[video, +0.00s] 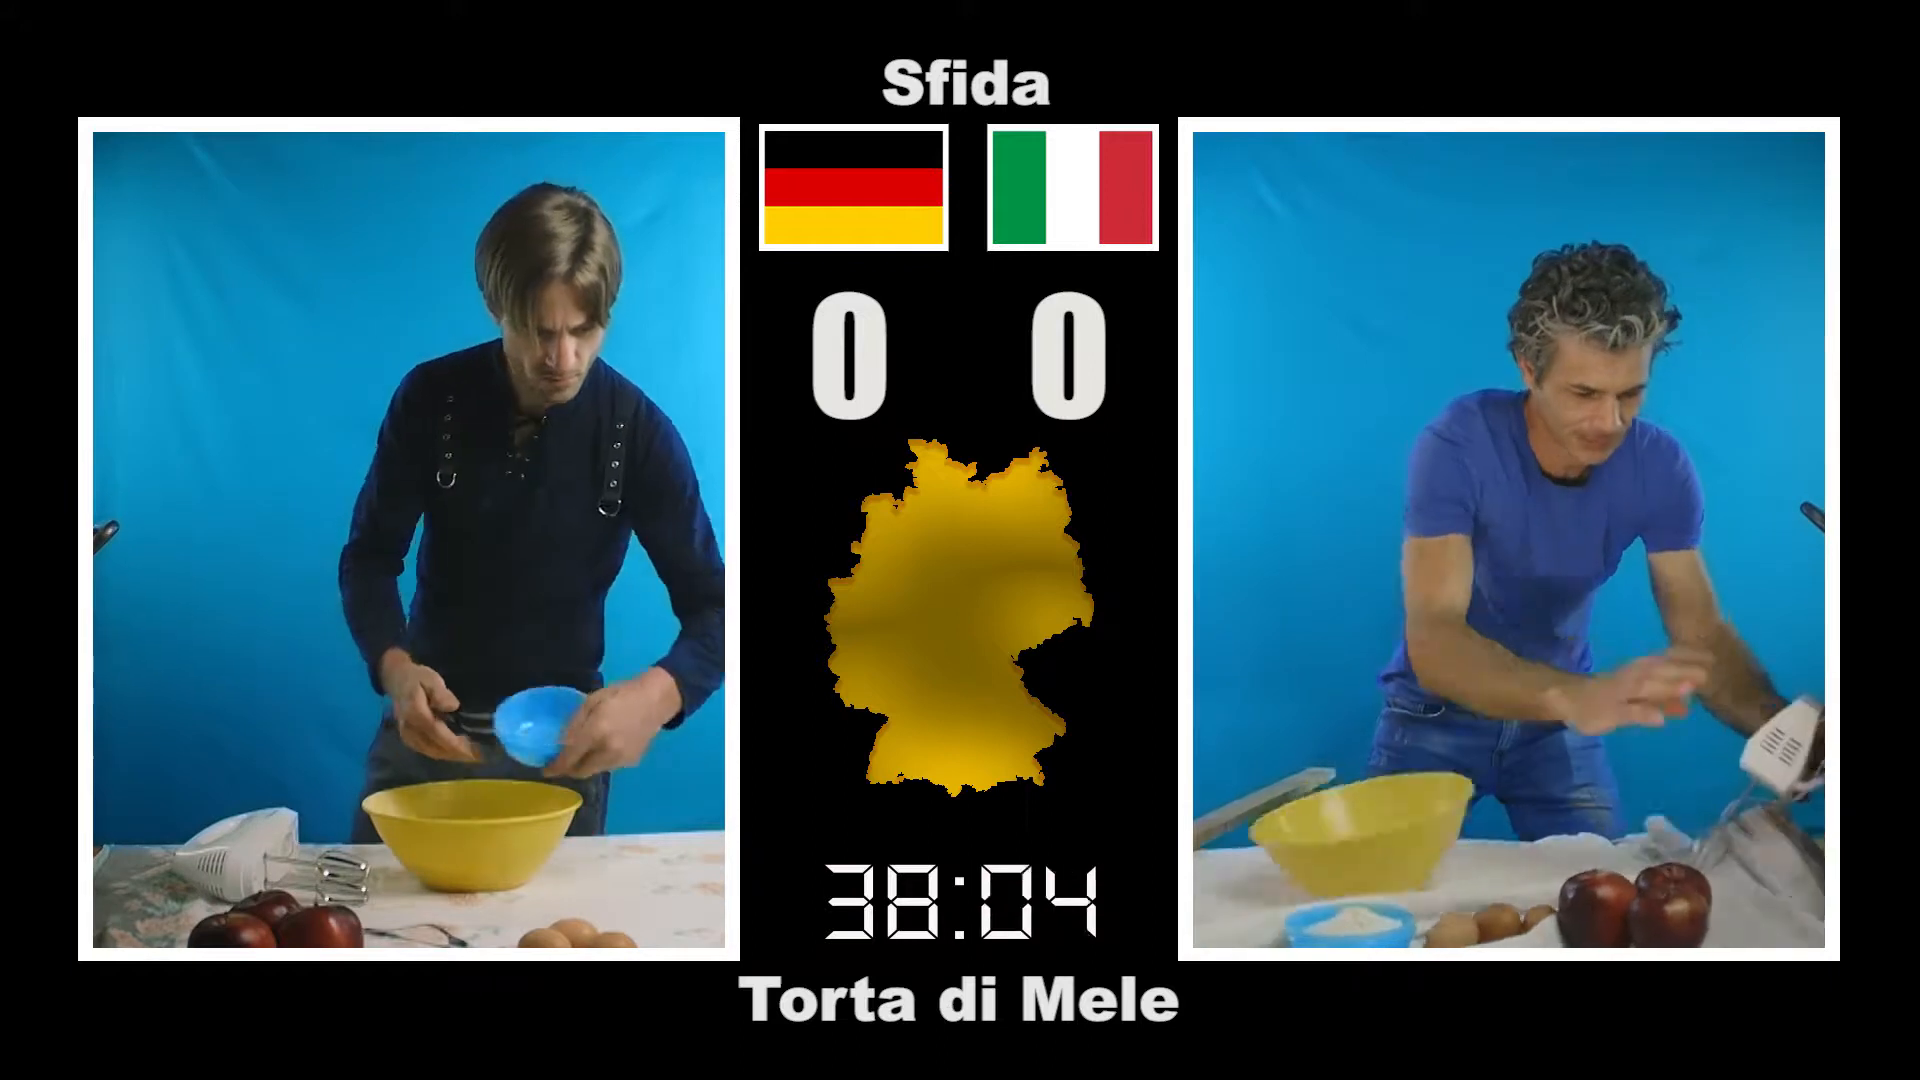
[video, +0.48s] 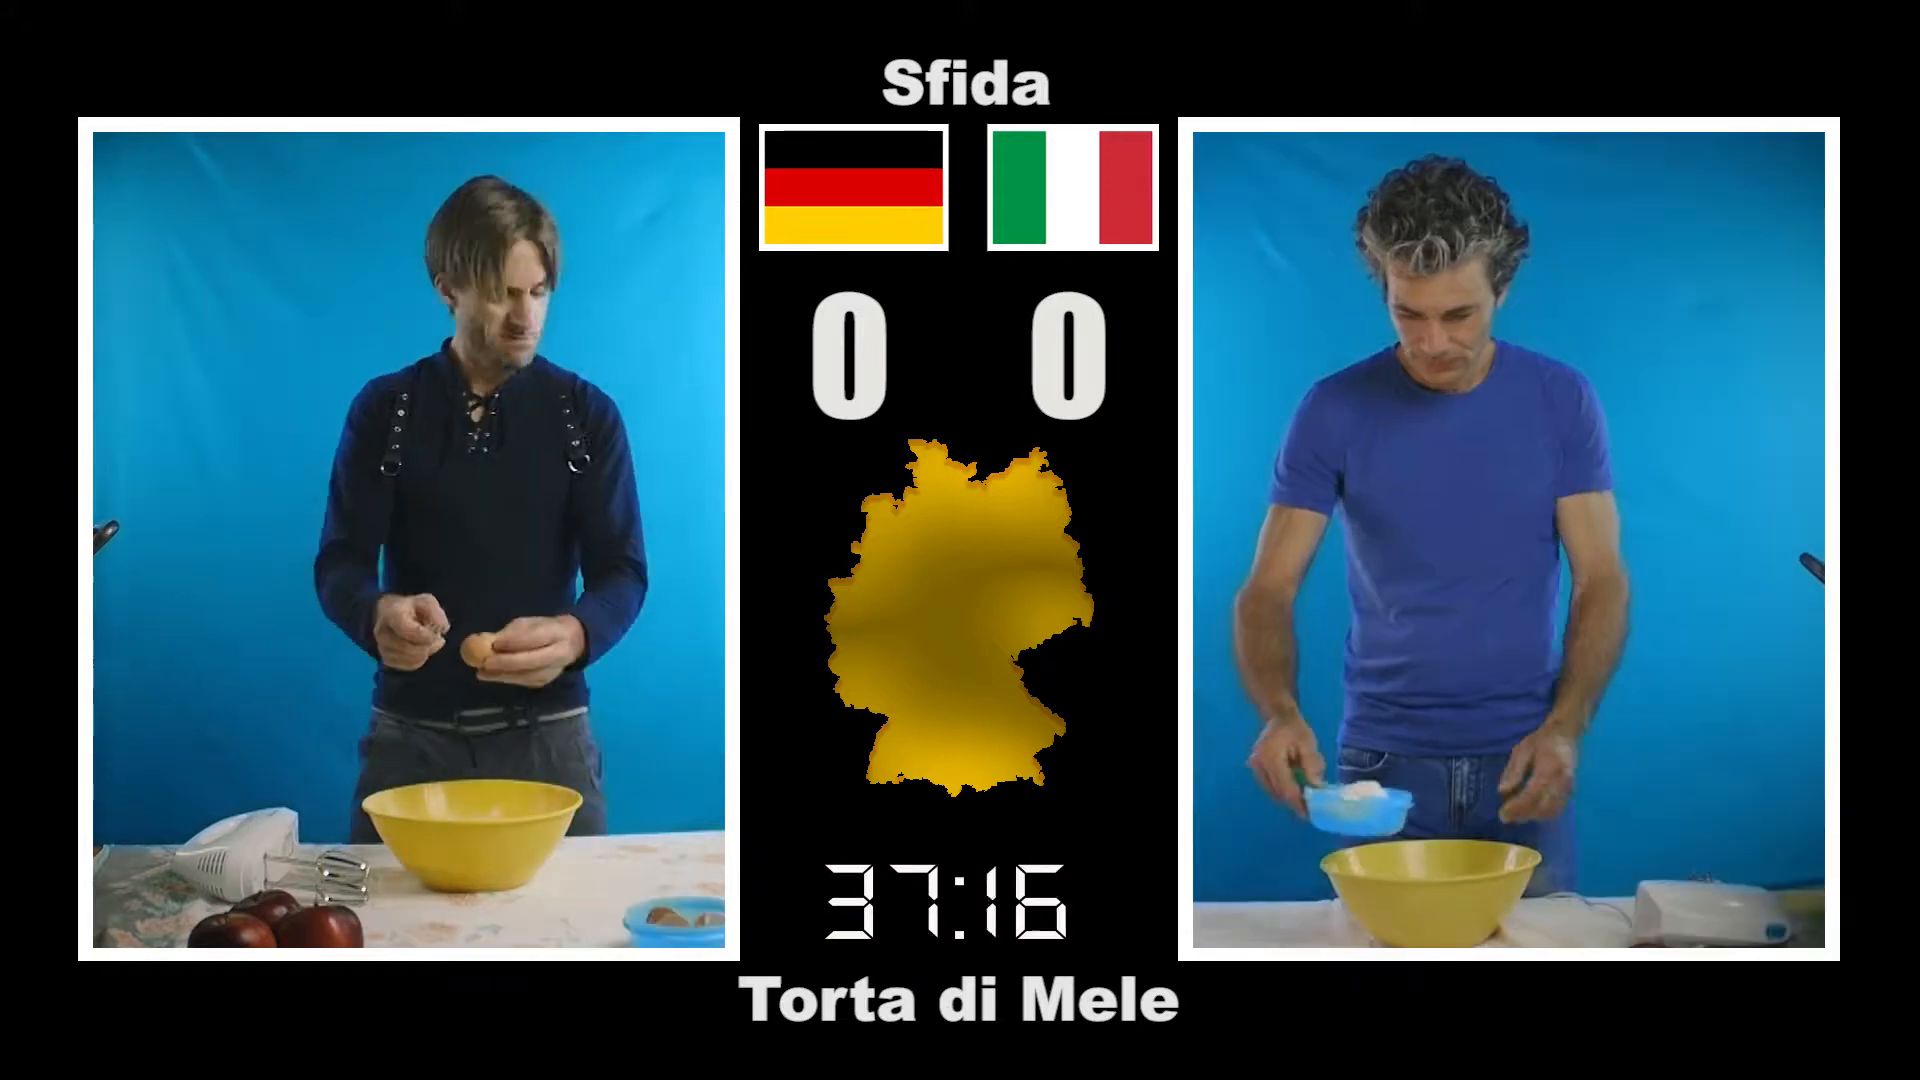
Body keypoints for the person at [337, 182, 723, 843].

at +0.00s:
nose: (561, 358)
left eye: (582, 330)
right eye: (539, 332)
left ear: (606, 312)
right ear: (499, 308)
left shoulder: (635, 431)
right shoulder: (430, 400)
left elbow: (712, 608)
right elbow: (370, 558)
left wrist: (658, 695)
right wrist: (395, 666)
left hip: (559, 748)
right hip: (425, 736)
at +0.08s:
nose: (563, 364)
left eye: (585, 336)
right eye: (541, 336)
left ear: (611, 315)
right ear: (503, 312)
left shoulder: (641, 433)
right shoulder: (438, 398)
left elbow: (730, 599)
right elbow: (366, 551)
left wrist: (702, 690)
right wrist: (390, 667)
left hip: (559, 749)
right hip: (425, 741)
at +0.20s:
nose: (463, 310)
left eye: (466, 289)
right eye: (441, 291)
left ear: (471, 283)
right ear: (372, 297)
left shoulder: (507, 414)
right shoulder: (310, 420)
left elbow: (552, 554)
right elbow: (282, 588)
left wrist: (541, 630)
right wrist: (364, 617)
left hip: (493, 744)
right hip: (361, 752)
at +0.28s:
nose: (486, 316)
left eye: (492, 294)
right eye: (463, 297)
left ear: (500, 285)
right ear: (398, 294)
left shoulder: (528, 413)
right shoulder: (331, 418)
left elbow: (572, 557)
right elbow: (297, 581)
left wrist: (557, 629)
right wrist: (371, 614)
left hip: (509, 742)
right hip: (376, 749)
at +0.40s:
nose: (513, 315)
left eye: (523, 292)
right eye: (489, 296)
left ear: (533, 283)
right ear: (430, 292)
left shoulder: (563, 415)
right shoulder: (363, 414)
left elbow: (603, 566)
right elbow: (322, 572)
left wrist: (573, 629)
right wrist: (374, 616)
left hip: (533, 741)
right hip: (399, 746)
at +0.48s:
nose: (524, 315)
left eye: (537, 291)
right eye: (500, 294)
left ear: (550, 285)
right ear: (449, 287)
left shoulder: (585, 416)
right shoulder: (385, 411)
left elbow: (622, 573)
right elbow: (340, 563)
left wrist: (578, 634)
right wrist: (373, 614)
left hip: (547, 744)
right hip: (411, 745)